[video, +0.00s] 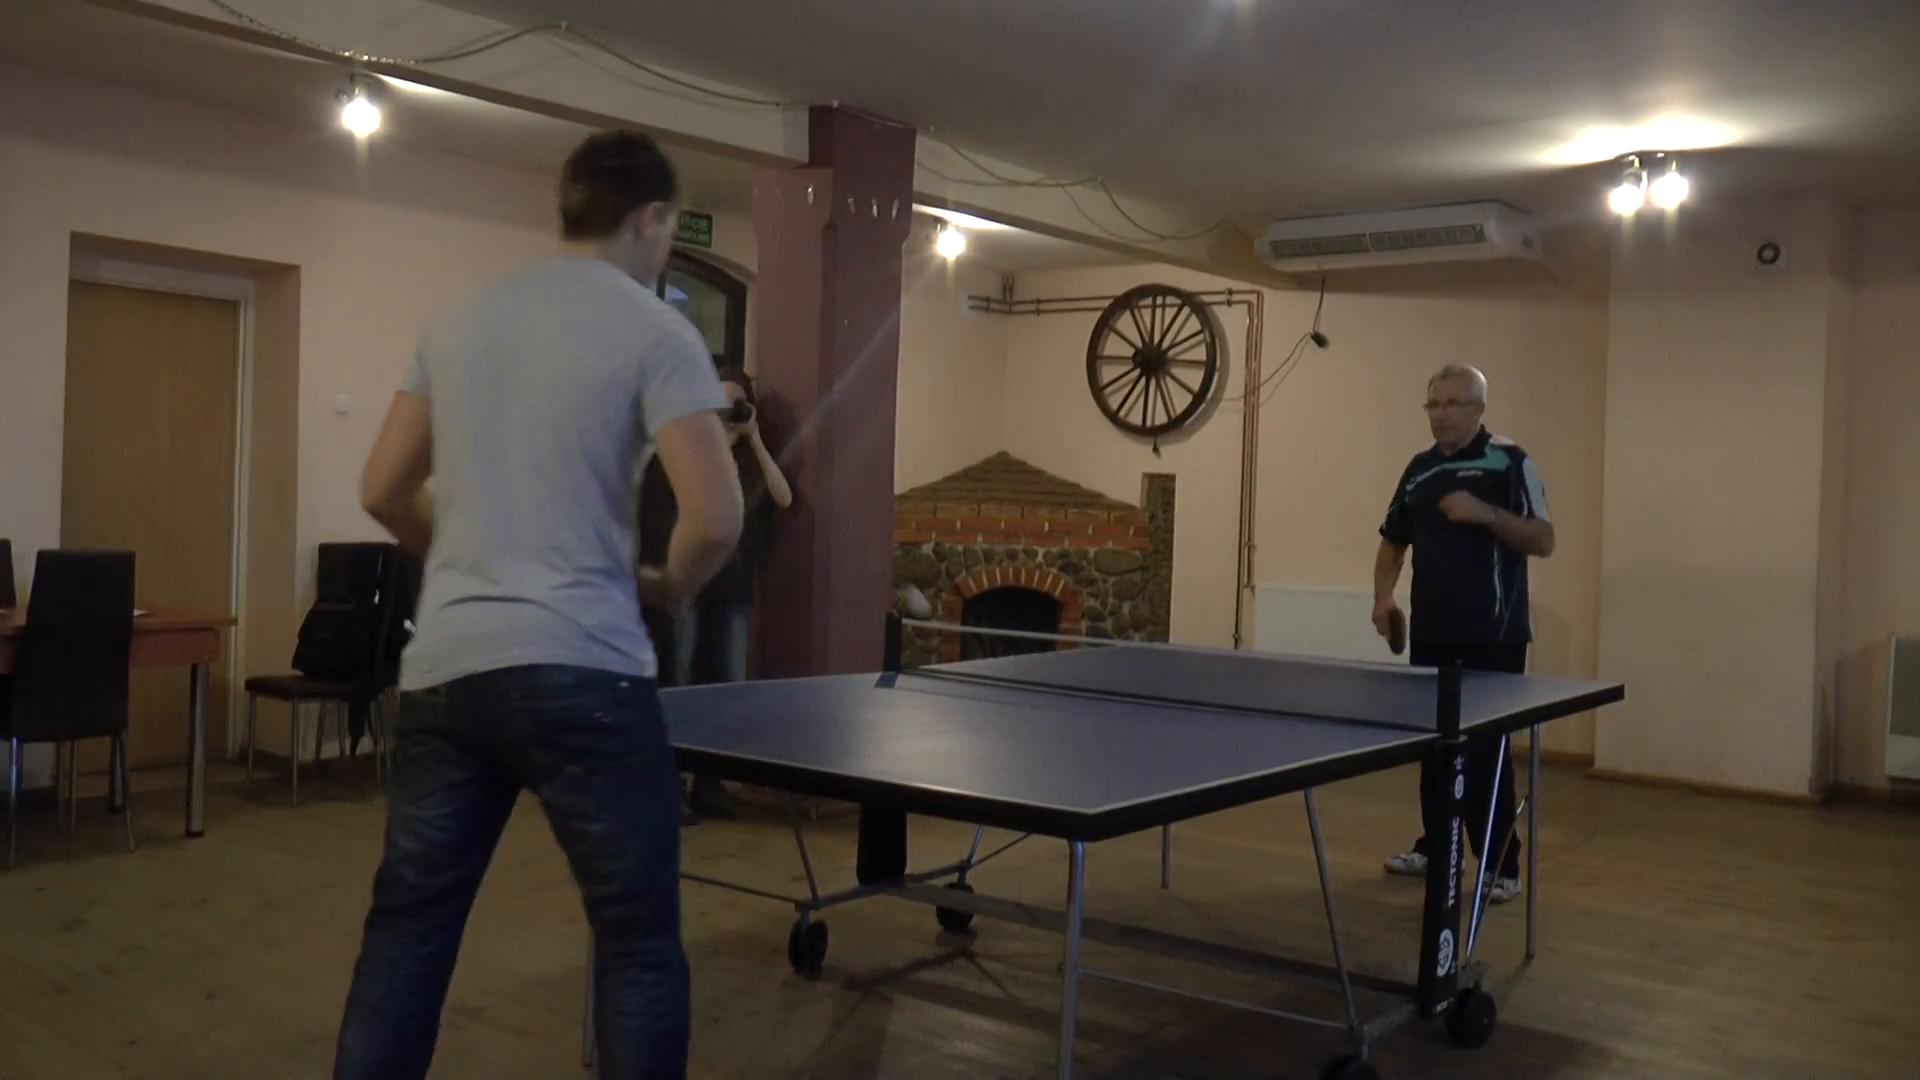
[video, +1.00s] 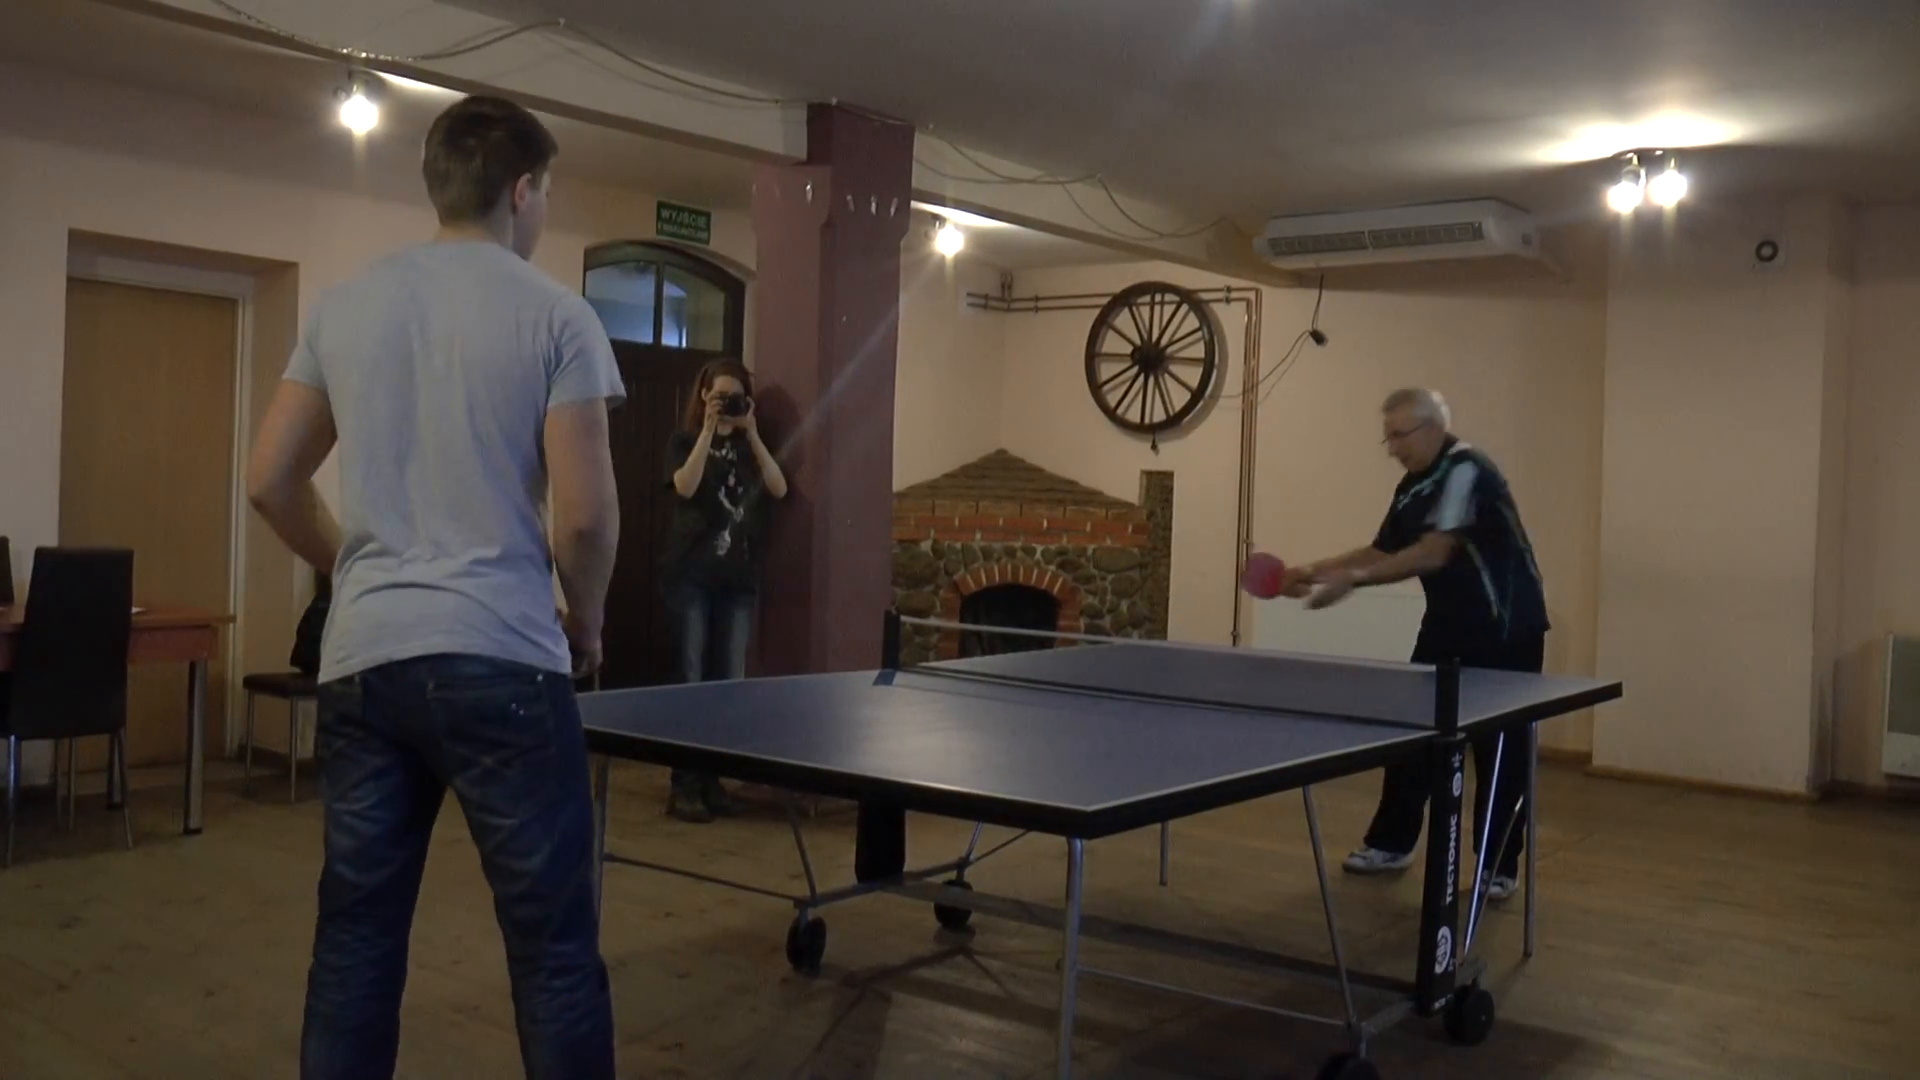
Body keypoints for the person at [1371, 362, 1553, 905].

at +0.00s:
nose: (1440, 414)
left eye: (1453, 405)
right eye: (1434, 404)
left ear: (1479, 410)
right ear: (1426, 409)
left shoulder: (1511, 463)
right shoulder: (1420, 469)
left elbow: (1542, 540)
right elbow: (1394, 539)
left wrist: (1487, 513)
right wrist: (1383, 599)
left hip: (1494, 636)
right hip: (1432, 633)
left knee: (1488, 753)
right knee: (1434, 746)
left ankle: (1500, 866)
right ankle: (1435, 845)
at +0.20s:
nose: (1455, 412)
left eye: (1467, 403)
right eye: (1448, 403)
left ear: (1495, 410)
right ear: (1441, 408)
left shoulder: (1526, 466)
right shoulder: (1432, 468)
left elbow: (1557, 544)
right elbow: (1409, 541)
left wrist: (1508, 532)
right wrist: (1402, 595)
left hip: (1504, 637)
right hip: (1441, 634)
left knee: (1499, 752)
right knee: (1437, 745)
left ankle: (1501, 865)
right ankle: (1436, 845)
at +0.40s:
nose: (1465, 412)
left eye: (1478, 402)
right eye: (1459, 401)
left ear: (1507, 408)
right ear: (1452, 405)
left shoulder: (1537, 467)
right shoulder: (1441, 466)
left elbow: (1568, 546)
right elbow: (1415, 538)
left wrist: (1516, 530)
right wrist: (1409, 588)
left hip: (1512, 641)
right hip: (1446, 635)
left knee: (1507, 757)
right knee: (1436, 747)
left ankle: (1503, 866)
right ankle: (1433, 847)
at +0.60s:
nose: (1466, 417)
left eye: (1479, 407)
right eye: (1459, 406)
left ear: (1508, 410)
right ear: (1453, 407)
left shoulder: (1538, 467)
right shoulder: (1444, 466)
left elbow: (1562, 548)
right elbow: (1423, 538)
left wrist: (1506, 548)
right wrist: (1407, 577)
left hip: (1511, 642)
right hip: (1443, 634)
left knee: (1505, 755)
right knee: (1425, 741)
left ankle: (1500, 866)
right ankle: (1424, 845)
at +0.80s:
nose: (1438, 425)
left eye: (1448, 414)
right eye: (1432, 415)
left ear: (1483, 412)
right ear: (1429, 415)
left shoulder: (1521, 460)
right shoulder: (1435, 471)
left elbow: (1535, 545)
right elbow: (1409, 548)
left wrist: (1465, 567)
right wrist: (1361, 576)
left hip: (1508, 640)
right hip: (1441, 633)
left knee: (1501, 752)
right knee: (1414, 736)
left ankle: (1500, 864)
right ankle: (1403, 840)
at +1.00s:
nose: (1392, 446)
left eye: (1400, 435)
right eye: (1388, 436)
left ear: (1433, 429)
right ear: (1401, 437)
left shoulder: (1465, 469)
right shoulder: (1413, 488)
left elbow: (1434, 552)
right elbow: (1381, 553)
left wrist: (1351, 578)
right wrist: (1317, 573)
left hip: (1506, 632)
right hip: (1447, 628)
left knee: (1501, 749)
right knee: (1414, 733)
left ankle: (1500, 865)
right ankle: (1390, 844)